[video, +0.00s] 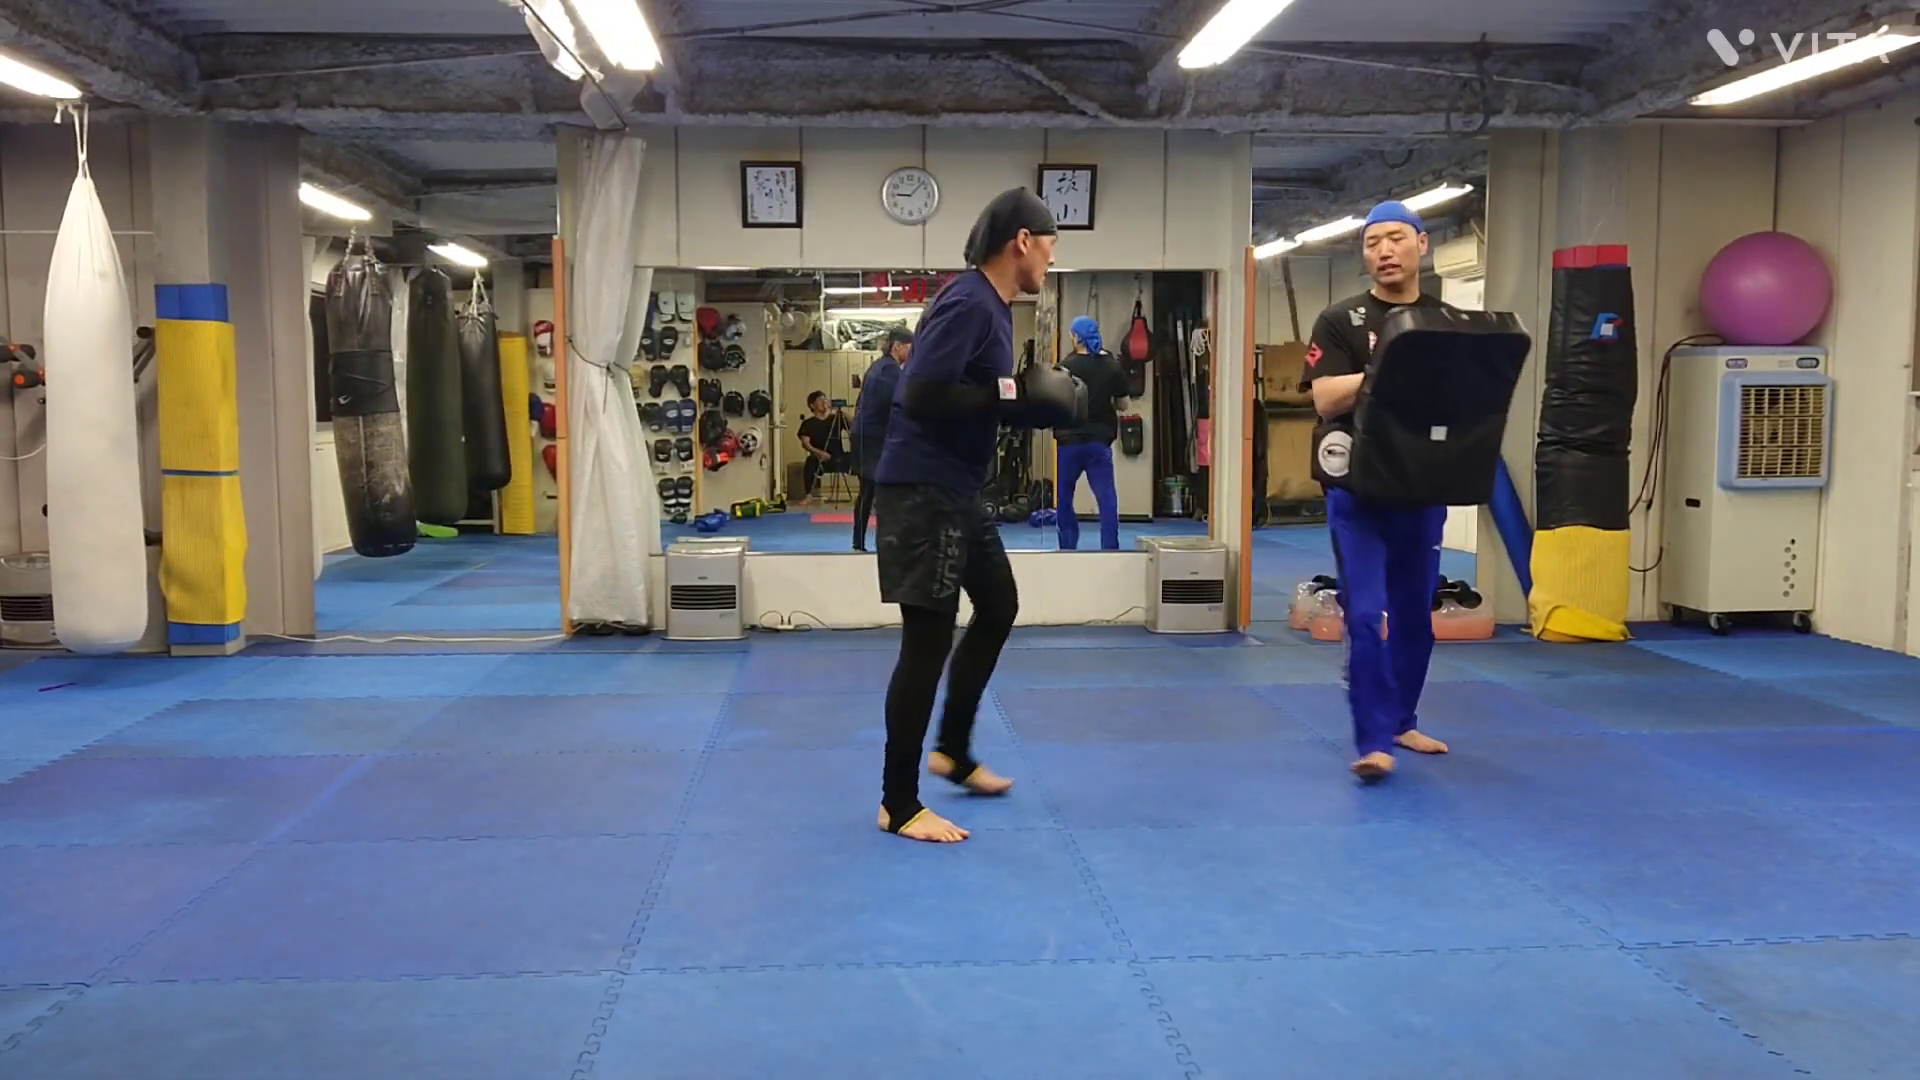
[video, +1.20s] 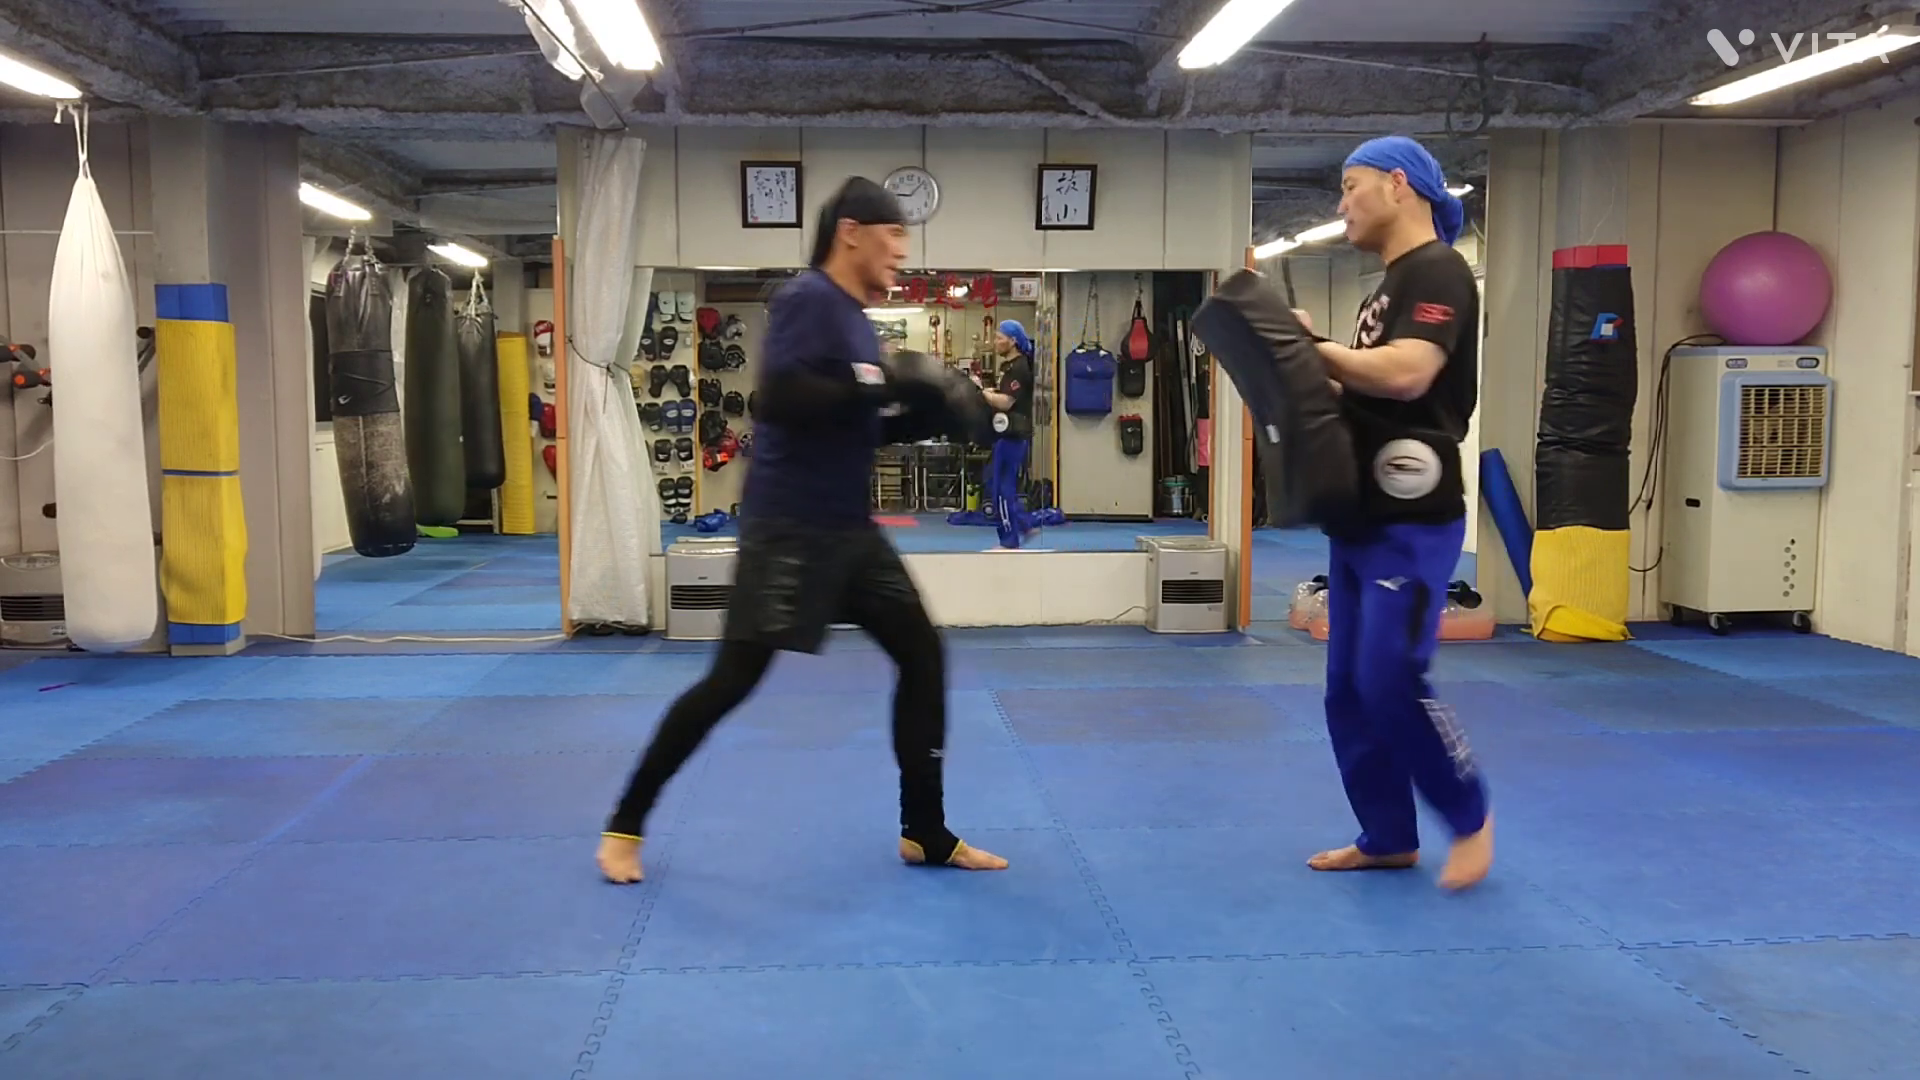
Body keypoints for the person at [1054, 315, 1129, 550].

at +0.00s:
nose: (1070, 339)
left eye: (1072, 336)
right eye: (1071, 335)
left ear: (1076, 338)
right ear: (1095, 336)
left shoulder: (1065, 367)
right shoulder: (1111, 365)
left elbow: (1055, 401)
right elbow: (1123, 404)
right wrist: (1106, 396)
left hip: (1070, 442)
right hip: (1100, 441)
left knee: (1064, 495)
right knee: (1107, 496)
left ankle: (1067, 546)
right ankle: (1110, 548)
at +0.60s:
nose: (1035, 344)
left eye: (1037, 339)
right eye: (1036, 339)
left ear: (1045, 342)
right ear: (1060, 341)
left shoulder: (1033, 371)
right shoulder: (1079, 369)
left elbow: (1025, 401)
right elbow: (1092, 400)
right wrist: (1070, 403)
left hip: (1045, 438)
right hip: (1073, 436)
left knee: (1056, 493)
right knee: (1074, 487)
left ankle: (1068, 542)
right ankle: (1077, 535)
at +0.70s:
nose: (1030, 343)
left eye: (1033, 339)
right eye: (1031, 338)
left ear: (1043, 342)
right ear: (1057, 342)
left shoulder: (1032, 370)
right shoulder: (1077, 369)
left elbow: (1024, 400)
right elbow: (1083, 400)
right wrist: (1061, 401)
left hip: (1042, 436)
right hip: (1068, 434)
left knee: (1050, 493)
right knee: (1066, 490)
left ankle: (1066, 540)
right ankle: (1071, 535)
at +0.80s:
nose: (1024, 342)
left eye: (1027, 338)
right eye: (1025, 337)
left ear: (1040, 341)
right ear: (1052, 341)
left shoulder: (1031, 370)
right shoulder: (1066, 368)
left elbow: (1013, 403)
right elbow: (1070, 394)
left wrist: (1013, 387)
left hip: (1036, 436)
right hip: (1062, 432)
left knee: (1032, 490)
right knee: (1059, 486)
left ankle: (1062, 526)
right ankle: (1068, 533)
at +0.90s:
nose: (1019, 341)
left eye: (1021, 337)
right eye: (1019, 337)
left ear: (1033, 338)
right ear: (1040, 339)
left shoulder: (1030, 366)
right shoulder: (1054, 363)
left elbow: (1012, 401)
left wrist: (1003, 385)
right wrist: (1016, 382)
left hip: (1031, 438)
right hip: (1053, 434)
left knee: (1017, 489)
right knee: (1054, 486)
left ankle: (1043, 532)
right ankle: (1065, 538)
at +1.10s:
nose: (1003, 343)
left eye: (1006, 338)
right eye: (1004, 338)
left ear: (1019, 341)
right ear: (1018, 341)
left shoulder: (1022, 368)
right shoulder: (1025, 366)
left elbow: (1010, 399)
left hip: (1015, 436)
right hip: (1023, 434)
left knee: (1002, 489)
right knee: (1018, 492)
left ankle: (1009, 540)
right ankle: (1053, 524)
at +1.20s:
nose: (996, 342)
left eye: (1000, 338)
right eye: (996, 338)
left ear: (1012, 340)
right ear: (1009, 340)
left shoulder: (1019, 367)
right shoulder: (1010, 365)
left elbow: (1006, 402)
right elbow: (1004, 394)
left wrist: (983, 392)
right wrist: (987, 390)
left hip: (1013, 435)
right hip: (1008, 433)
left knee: (1002, 487)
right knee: (1002, 484)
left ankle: (1009, 540)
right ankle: (1023, 525)